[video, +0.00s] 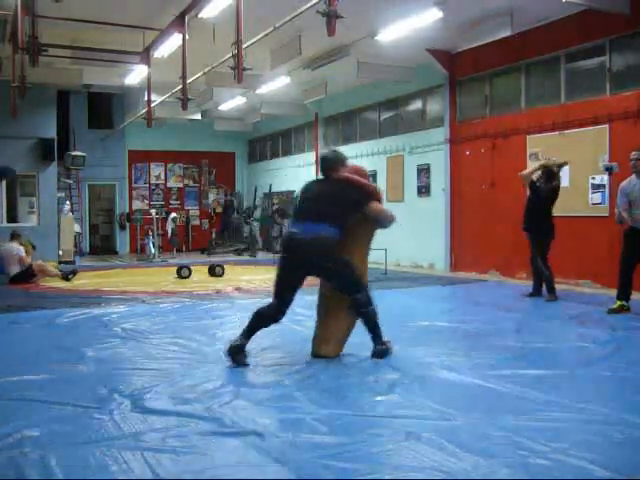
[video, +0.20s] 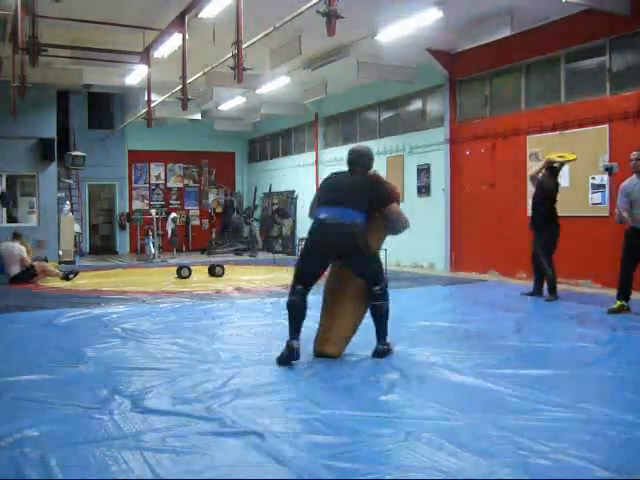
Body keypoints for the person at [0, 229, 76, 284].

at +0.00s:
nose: (20, 240)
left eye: (19, 239)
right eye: (19, 239)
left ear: (10, 238)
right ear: (18, 239)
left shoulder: (4, 247)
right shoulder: (18, 248)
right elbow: (26, 263)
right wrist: (29, 253)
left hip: (10, 277)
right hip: (18, 276)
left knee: (43, 270)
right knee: (39, 265)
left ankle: (63, 274)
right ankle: (63, 275)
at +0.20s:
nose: (21, 242)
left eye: (20, 241)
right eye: (21, 240)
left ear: (12, 238)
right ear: (20, 239)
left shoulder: (3, 246)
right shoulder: (20, 248)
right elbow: (27, 263)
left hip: (10, 277)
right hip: (19, 276)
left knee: (45, 272)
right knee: (42, 266)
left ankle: (64, 275)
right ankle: (63, 275)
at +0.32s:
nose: (20, 240)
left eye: (19, 238)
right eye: (20, 238)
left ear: (11, 237)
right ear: (18, 238)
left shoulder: (4, 246)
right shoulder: (17, 248)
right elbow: (23, 263)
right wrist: (29, 256)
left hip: (10, 276)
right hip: (16, 276)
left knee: (40, 266)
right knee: (41, 265)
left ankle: (63, 275)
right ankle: (63, 275)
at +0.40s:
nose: (19, 240)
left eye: (18, 238)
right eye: (18, 238)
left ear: (10, 237)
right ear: (14, 238)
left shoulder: (9, 246)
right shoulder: (10, 246)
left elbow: (15, 262)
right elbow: (16, 261)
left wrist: (25, 256)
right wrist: (27, 256)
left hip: (16, 274)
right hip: (15, 276)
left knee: (40, 265)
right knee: (40, 265)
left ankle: (63, 275)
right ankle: (63, 276)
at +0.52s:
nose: (18, 240)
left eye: (17, 237)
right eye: (16, 237)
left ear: (12, 238)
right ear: (11, 238)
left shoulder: (12, 248)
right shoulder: (7, 247)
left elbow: (13, 261)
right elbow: (10, 261)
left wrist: (24, 259)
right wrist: (21, 257)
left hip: (18, 274)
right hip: (14, 276)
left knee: (43, 269)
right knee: (39, 264)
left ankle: (64, 275)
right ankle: (63, 276)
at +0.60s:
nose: (16, 239)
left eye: (17, 237)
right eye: (14, 237)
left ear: (18, 237)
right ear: (10, 237)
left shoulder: (18, 248)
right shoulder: (5, 247)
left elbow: (23, 262)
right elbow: (2, 258)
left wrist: (27, 256)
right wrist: (14, 255)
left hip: (22, 274)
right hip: (13, 276)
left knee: (45, 269)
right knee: (39, 263)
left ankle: (63, 275)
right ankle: (62, 275)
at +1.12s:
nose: (17, 240)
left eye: (17, 238)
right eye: (15, 237)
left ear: (17, 239)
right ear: (9, 237)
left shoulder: (12, 248)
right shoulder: (6, 246)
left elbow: (14, 261)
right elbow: (9, 261)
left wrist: (24, 256)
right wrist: (21, 255)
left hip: (19, 274)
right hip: (14, 276)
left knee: (45, 270)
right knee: (39, 264)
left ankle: (64, 274)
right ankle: (62, 275)